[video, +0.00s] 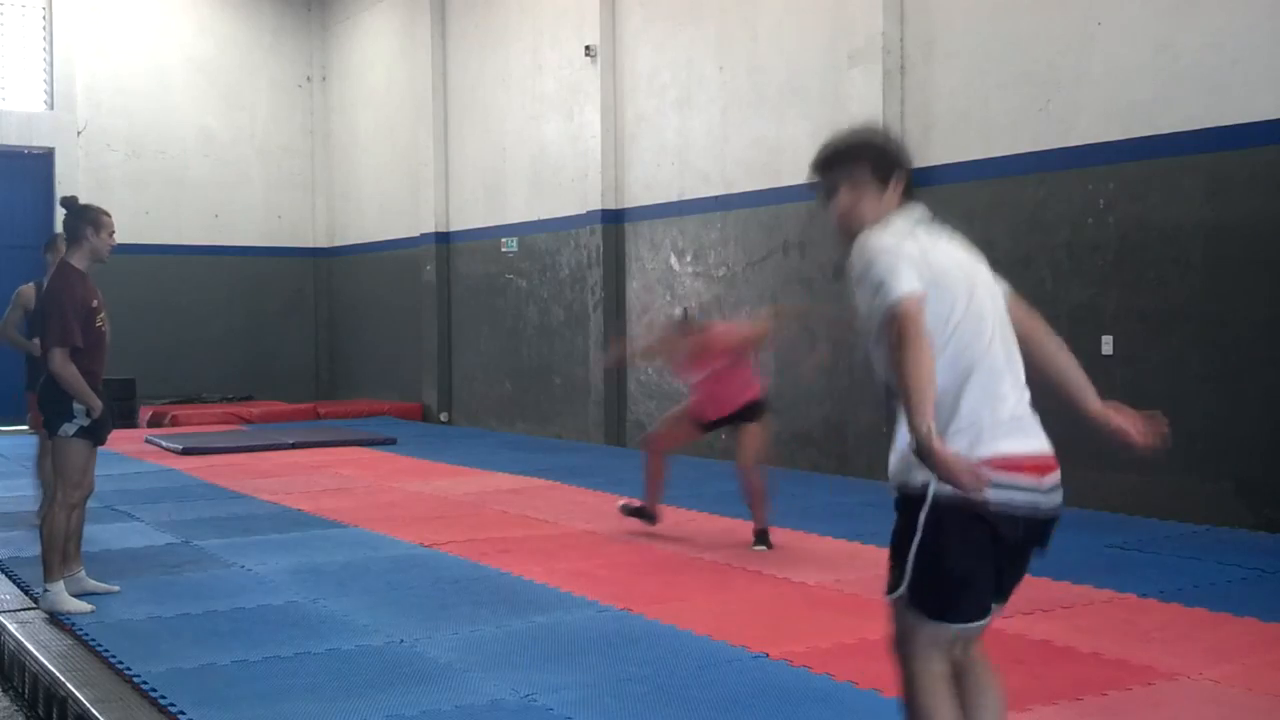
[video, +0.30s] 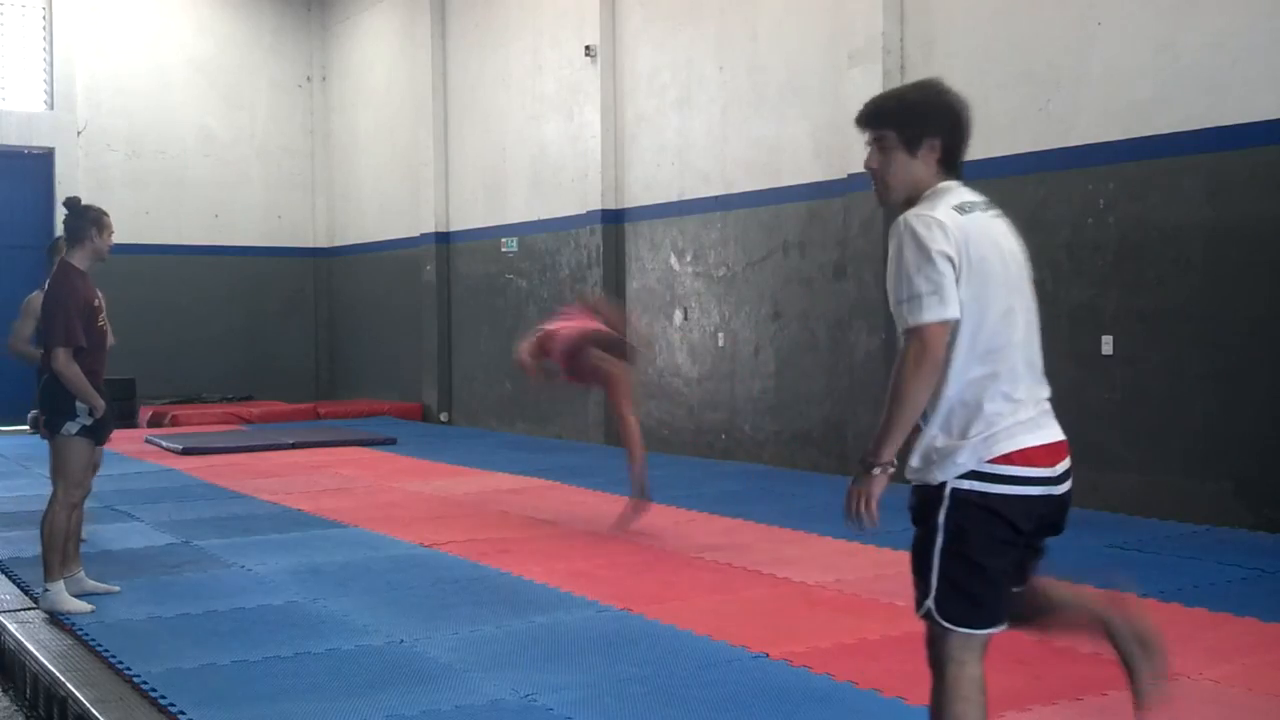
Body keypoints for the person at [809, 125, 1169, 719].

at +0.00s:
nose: (834, 209)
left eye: (841, 191)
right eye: (830, 194)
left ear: (887, 185)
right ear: (896, 187)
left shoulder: (881, 245)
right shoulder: (955, 247)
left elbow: (909, 326)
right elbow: (1029, 326)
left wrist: (924, 436)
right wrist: (1093, 405)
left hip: (957, 487)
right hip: (1029, 489)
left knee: (922, 652)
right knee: (964, 649)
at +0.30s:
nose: (867, 163)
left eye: (880, 147)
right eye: (868, 147)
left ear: (929, 151)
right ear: (931, 153)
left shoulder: (922, 226)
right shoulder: (990, 218)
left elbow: (927, 347)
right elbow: (995, 347)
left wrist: (880, 461)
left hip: (977, 475)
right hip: (1039, 467)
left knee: (955, 649)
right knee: (997, 594)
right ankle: (1113, 618)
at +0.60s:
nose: (935, 164)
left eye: (936, 152)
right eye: (937, 151)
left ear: (946, 158)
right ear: (1012, 152)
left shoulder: (951, 240)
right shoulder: (1064, 227)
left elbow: (955, 371)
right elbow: (1093, 340)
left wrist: (915, 443)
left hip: (1013, 482)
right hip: (1094, 474)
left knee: (990, 666)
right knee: (1100, 639)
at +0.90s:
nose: (1014, 168)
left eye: (1014, 155)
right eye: (1015, 155)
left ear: (1027, 158)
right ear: (1093, 155)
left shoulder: (1017, 229)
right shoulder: (1141, 229)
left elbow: (1021, 348)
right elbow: (1173, 340)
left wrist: (1005, 456)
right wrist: (1171, 425)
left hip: (1062, 473)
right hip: (1145, 470)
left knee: (1007, 627)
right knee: (1138, 636)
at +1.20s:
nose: (1023, 159)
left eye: (1025, 148)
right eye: (1025, 147)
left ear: (1036, 152)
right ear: (1104, 152)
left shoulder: (1017, 228)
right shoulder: (1156, 230)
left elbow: (1006, 350)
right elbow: (1175, 352)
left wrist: (987, 448)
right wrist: (1155, 437)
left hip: (1057, 473)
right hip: (1143, 471)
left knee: (1055, 643)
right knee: (1132, 634)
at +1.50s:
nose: (1008, 174)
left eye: (1007, 161)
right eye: (1008, 160)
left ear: (1019, 162)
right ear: (1083, 154)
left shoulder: (1007, 240)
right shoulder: (1145, 229)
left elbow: (1007, 359)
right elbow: (1182, 339)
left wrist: (1004, 453)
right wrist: (1155, 420)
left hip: (1074, 477)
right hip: (1154, 471)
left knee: (1073, 641)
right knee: (1115, 618)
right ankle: (1125, 718)